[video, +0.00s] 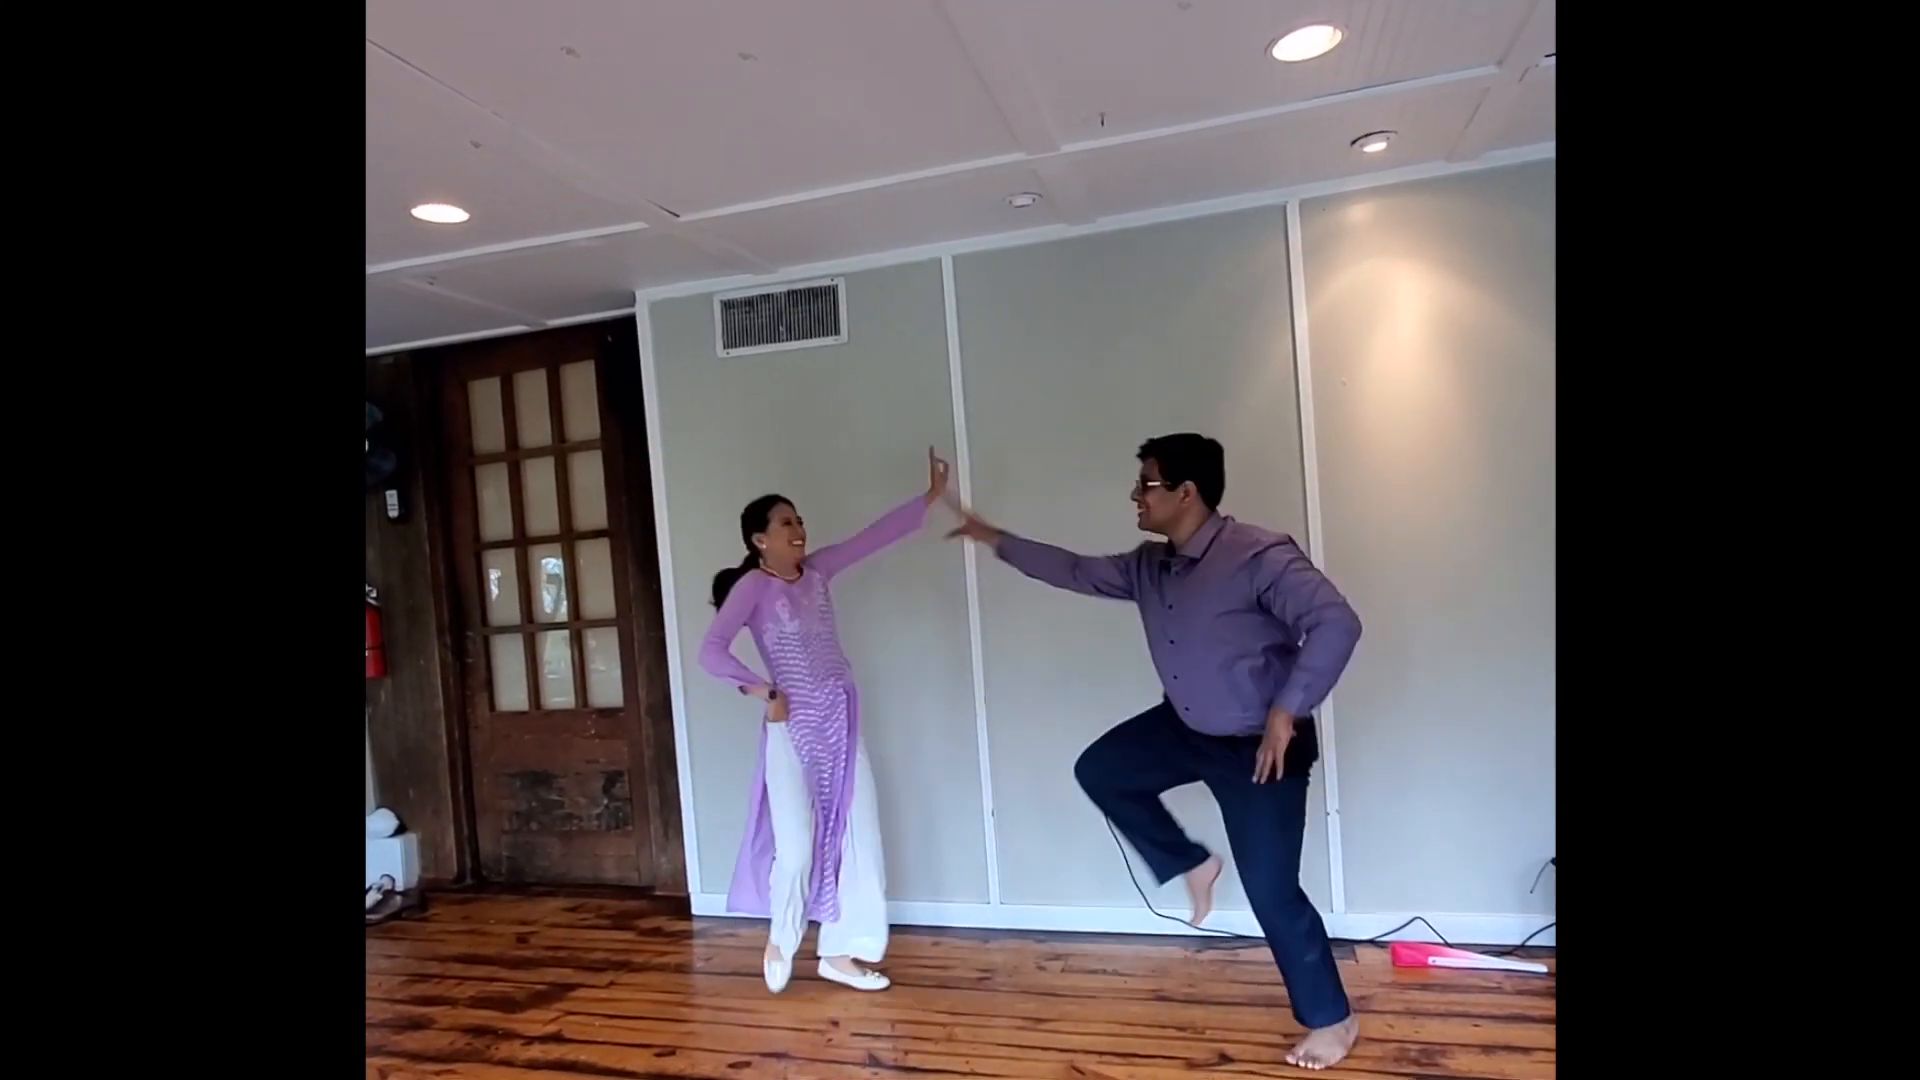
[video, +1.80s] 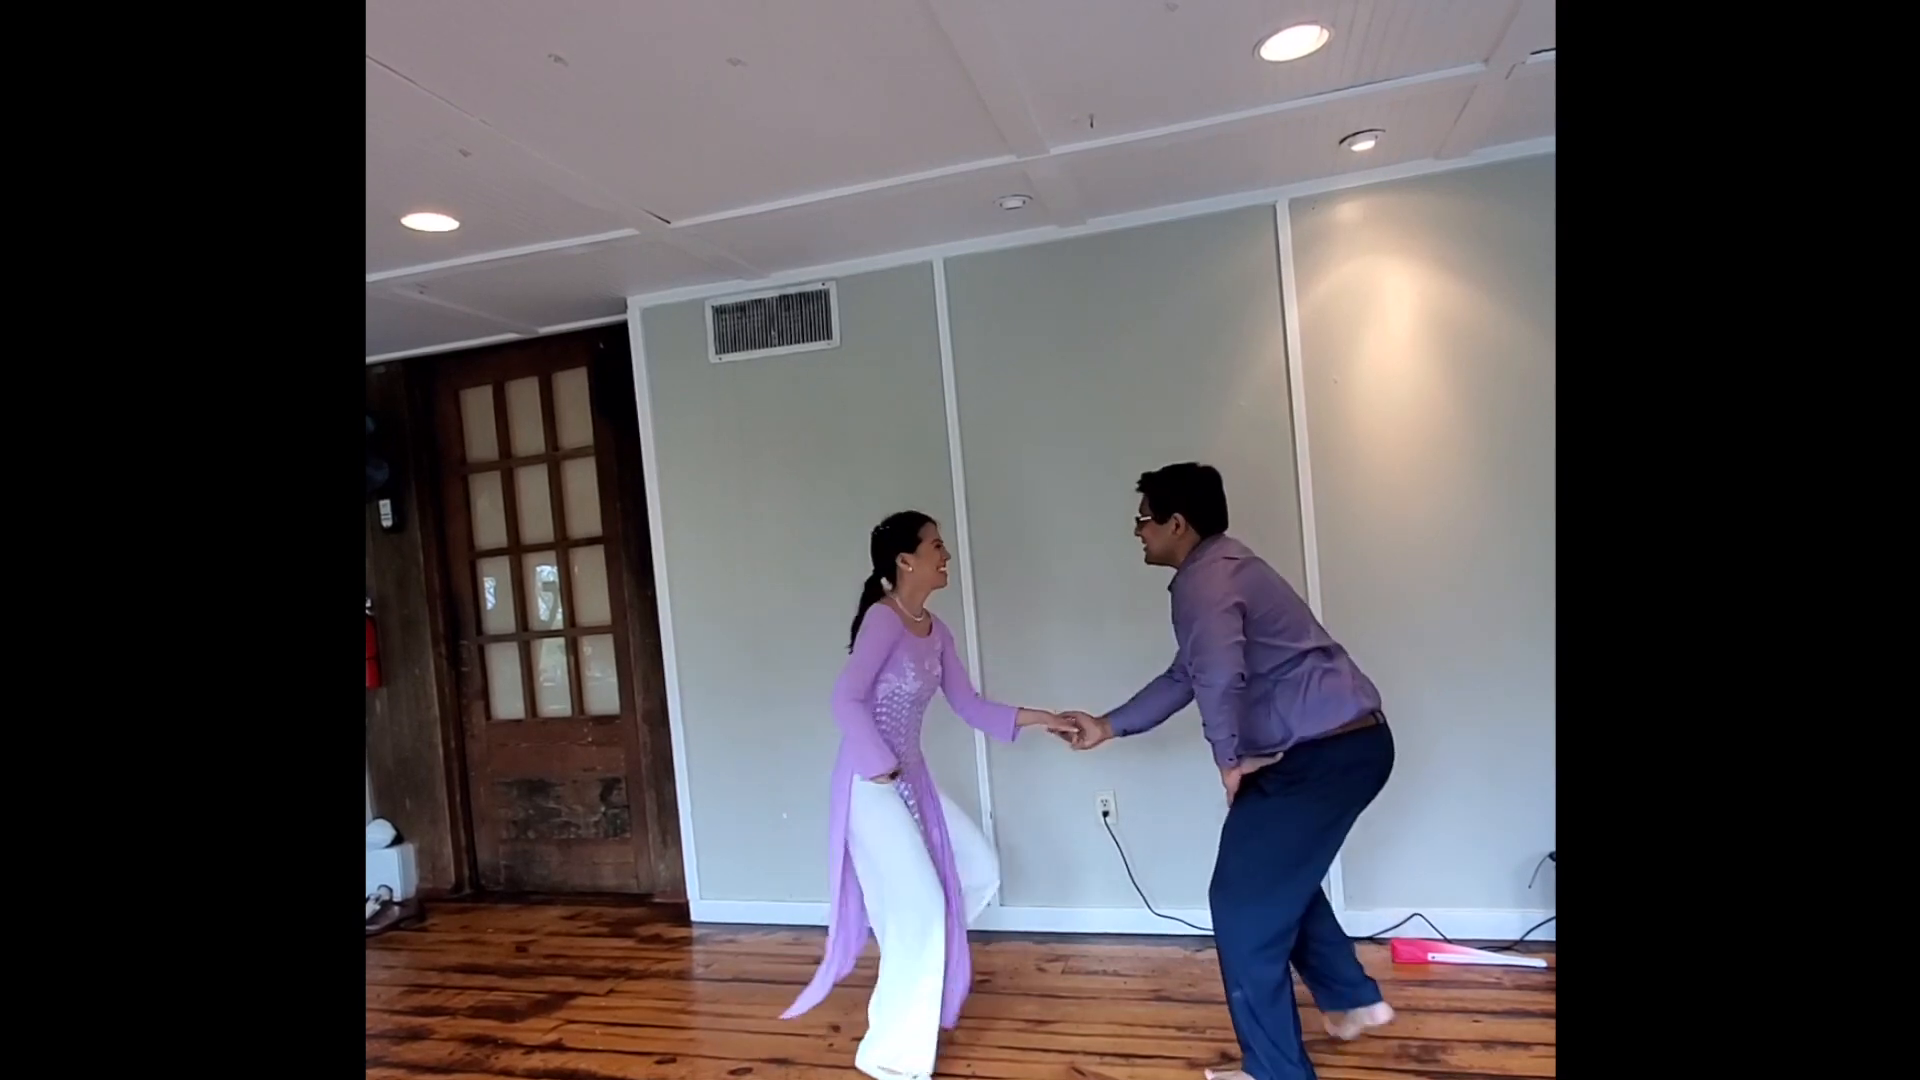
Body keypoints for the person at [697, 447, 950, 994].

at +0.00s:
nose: (799, 529)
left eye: (798, 521)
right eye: (787, 524)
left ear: (801, 532)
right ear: (760, 540)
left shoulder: (819, 571)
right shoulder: (752, 588)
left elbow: (876, 536)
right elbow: (710, 651)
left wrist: (930, 496)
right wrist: (764, 688)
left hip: (843, 720)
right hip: (791, 726)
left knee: (853, 835)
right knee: (798, 844)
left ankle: (835, 954)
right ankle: (781, 943)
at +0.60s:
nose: (839, 542)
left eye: (836, 534)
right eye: (827, 535)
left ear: (820, 547)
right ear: (795, 549)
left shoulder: (846, 599)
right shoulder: (788, 610)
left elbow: (908, 583)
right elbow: (765, 687)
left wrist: (959, 531)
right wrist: (816, 723)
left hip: (869, 744)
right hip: (830, 749)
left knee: (872, 854)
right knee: (858, 860)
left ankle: (846, 959)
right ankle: (849, 1005)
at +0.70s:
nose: (850, 559)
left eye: (850, 550)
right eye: (842, 550)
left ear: (828, 559)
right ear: (809, 557)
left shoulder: (849, 610)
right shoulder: (791, 618)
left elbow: (918, 622)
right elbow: (765, 693)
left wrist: (978, 596)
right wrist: (814, 733)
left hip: (867, 750)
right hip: (826, 757)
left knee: (876, 854)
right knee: (880, 852)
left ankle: (850, 962)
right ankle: (854, 996)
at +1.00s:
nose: (887, 562)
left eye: (890, 552)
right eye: (881, 551)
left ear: (863, 551)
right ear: (845, 546)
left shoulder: (880, 608)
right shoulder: (810, 602)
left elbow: (931, 664)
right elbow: (753, 668)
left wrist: (996, 689)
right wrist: (789, 735)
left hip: (870, 757)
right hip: (824, 758)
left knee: (871, 862)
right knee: (877, 877)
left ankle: (842, 951)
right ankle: (879, 1038)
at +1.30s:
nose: (913, 541)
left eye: (907, 534)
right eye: (900, 536)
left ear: (886, 559)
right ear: (871, 559)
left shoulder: (915, 628)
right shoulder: (842, 612)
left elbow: (953, 714)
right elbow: (765, 673)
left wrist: (996, 706)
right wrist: (796, 740)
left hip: (879, 777)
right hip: (827, 776)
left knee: (876, 898)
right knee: (879, 900)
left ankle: (779, 955)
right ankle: (884, 1053)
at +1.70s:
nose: (940, 552)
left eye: (935, 543)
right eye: (928, 545)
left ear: (904, 561)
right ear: (896, 560)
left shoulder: (929, 633)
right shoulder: (871, 623)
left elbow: (961, 712)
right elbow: (815, 700)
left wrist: (1024, 709)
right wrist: (857, 762)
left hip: (902, 783)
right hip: (862, 783)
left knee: (933, 891)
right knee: (916, 903)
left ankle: (841, 954)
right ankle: (881, 1050)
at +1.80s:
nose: (947, 554)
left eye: (944, 545)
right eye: (937, 547)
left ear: (915, 561)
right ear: (905, 561)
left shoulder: (936, 630)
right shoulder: (883, 620)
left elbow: (969, 704)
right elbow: (847, 696)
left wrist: (1044, 718)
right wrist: (881, 767)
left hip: (912, 780)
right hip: (872, 784)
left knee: (980, 871)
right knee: (918, 905)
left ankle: (913, 975)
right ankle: (890, 1052)